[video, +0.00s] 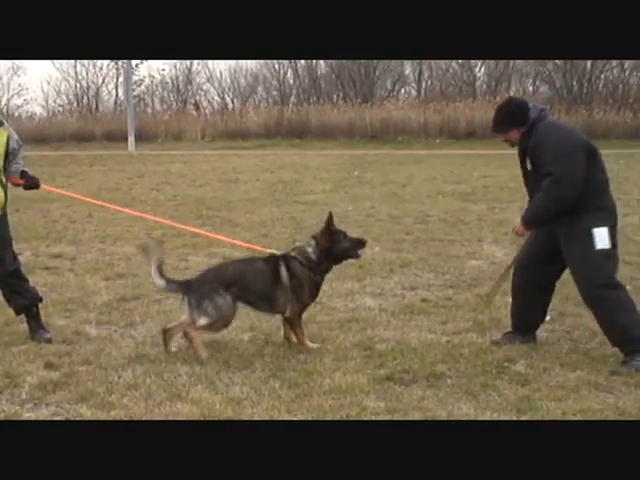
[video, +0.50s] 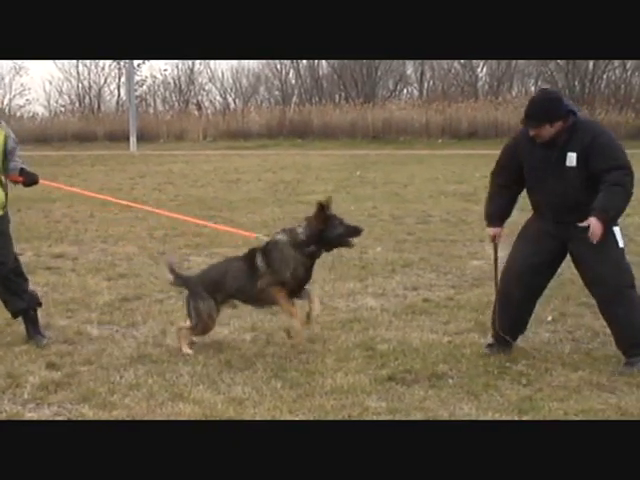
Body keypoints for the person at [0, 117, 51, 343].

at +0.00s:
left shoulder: (7, 136)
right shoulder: (8, 137)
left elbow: (12, 164)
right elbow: (13, 165)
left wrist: (23, 176)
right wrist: (23, 176)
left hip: (1, 212)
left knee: (8, 265)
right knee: (7, 265)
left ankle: (34, 319)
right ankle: (33, 318)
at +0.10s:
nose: (0, 102)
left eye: (2, 98)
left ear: (3, 103)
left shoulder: (9, 135)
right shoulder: (9, 135)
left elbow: (14, 164)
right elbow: (14, 165)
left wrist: (22, 175)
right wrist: (21, 175)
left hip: (1, 212)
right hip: (2, 213)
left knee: (9, 266)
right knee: (9, 267)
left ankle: (36, 321)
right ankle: (35, 320)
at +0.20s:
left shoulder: (8, 133)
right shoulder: (9, 134)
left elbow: (11, 164)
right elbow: (12, 165)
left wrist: (19, 174)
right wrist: (18, 174)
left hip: (1, 208)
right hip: (2, 209)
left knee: (9, 264)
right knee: (9, 264)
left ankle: (36, 318)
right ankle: (36, 317)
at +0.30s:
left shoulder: (4, 137)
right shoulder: (5, 139)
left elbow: (7, 167)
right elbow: (7, 168)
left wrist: (17, 175)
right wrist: (16, 175)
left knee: (8, 264)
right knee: (8, 264)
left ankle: (35, 318)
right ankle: (35, 318)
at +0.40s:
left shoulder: (3, 137)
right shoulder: (4, 139)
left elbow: (4, 162)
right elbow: (4, 164)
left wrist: (14, 174)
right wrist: (13, 174)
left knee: (8, 259)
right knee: (8, 260)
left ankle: (32, 319)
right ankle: (32, 318)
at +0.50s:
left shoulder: (5, 135)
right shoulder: (6, 136)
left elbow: (11, 166)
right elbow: (12, 166)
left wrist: (22, 174)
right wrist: (21, 174)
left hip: (1, 213)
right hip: (2, 214)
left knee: (7, 265)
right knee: (7, 265)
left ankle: (30, 319)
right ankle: (29, 317)